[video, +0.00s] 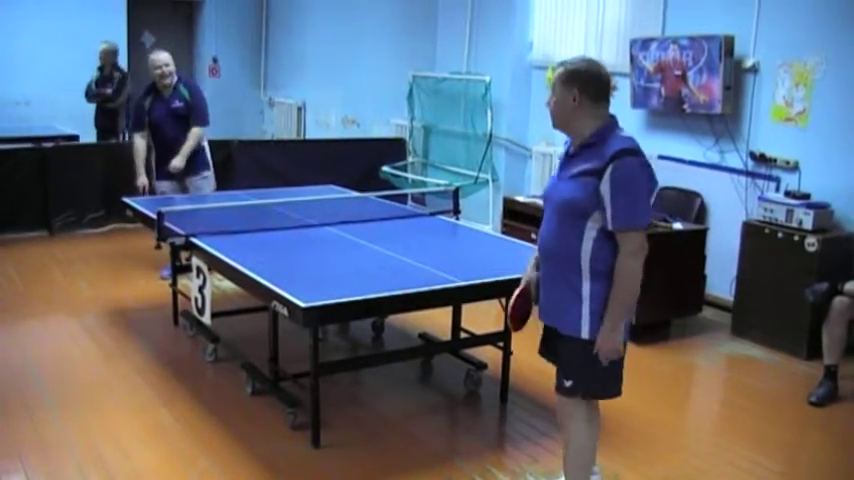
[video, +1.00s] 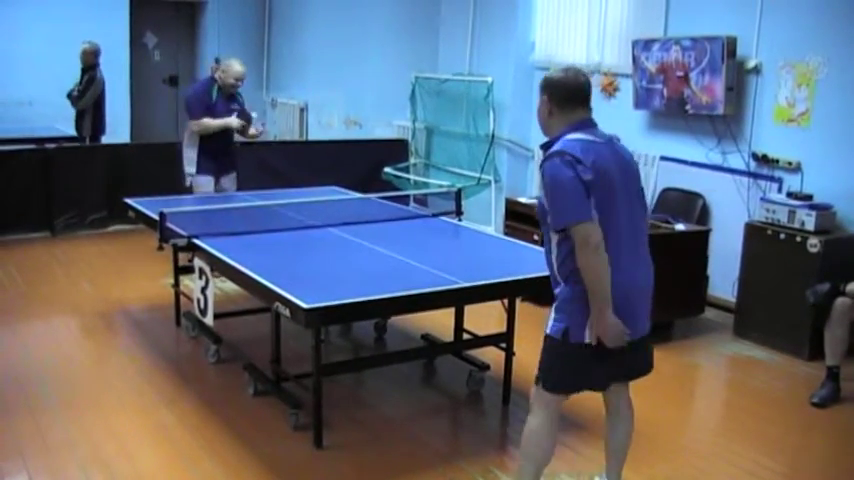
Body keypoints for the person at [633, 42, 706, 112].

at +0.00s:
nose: (673, 53)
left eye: (675, 50)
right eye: (672, 50)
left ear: (679, 51)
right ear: (668, 51)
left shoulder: (682, 65)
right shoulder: (663, 64)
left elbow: (687, 83)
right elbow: (652, 71)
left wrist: (699, 96)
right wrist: (642, 62)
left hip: (679, 97)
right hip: (666, 96)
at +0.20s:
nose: (674, 54)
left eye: (676, 51)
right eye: (672, 51)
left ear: (679, 52)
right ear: (668, 52)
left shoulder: (682, 66)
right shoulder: (663, 65)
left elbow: (688, 84)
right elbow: (652, 72)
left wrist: (699, 97)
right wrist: (642, 63)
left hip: (679, 98)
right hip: (667, 97)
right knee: (667, 122)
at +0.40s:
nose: (674, 54)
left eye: (676, 51)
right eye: (673, 52)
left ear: (680, 52)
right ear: (669, 53)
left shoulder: (682, 66)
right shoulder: (664, 65)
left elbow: (688, 84)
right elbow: (653, 72)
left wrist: (700, 97)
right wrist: (643, 62)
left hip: (680, 98)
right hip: (668, 98)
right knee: (667, 124)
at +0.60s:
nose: (675, 54)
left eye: (677, 51)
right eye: (673, 52)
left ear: (680, 52)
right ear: (670, 52)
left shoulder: (683, 66)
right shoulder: (665, 65)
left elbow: (689, 84)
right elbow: (653, 72)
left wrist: (700, 97)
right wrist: (643, 62)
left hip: (681, 98)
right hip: (668, 98)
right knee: (668, 125)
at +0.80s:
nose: (675, 54)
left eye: (677, 51)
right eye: (674, 52)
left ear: (681, 53)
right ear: (670, 53)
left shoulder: (683, 66)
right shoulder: (665, 65)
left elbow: (689, 84)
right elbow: (654, 72)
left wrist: (701, 97)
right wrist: (643, 62)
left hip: (681, 98)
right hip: (668, 98)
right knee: (668, 124)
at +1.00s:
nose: (676, 54)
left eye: (678, 51)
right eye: (674, 51)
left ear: (681, 52)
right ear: (670, 52)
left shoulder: (684, 66)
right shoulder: (665, 65)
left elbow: (689, 84)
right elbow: (654, 72)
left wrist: (701, 97)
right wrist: (644, 62)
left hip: (681, 98)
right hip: (669, 98)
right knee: (669, 122)